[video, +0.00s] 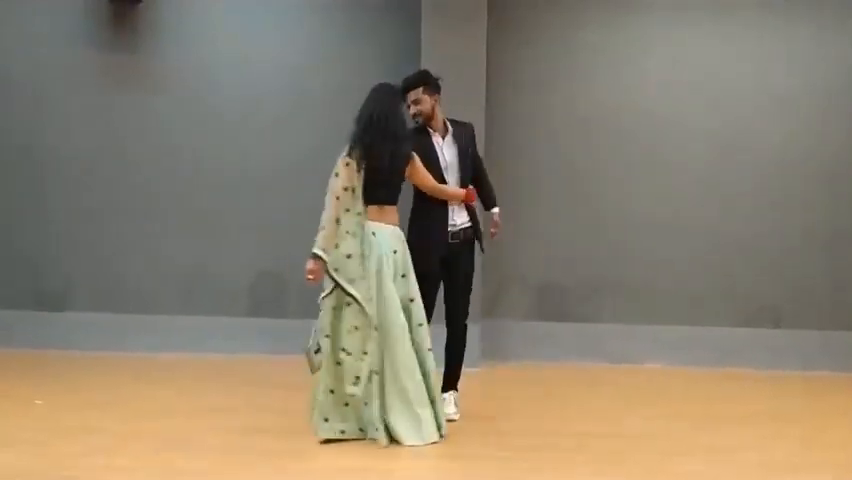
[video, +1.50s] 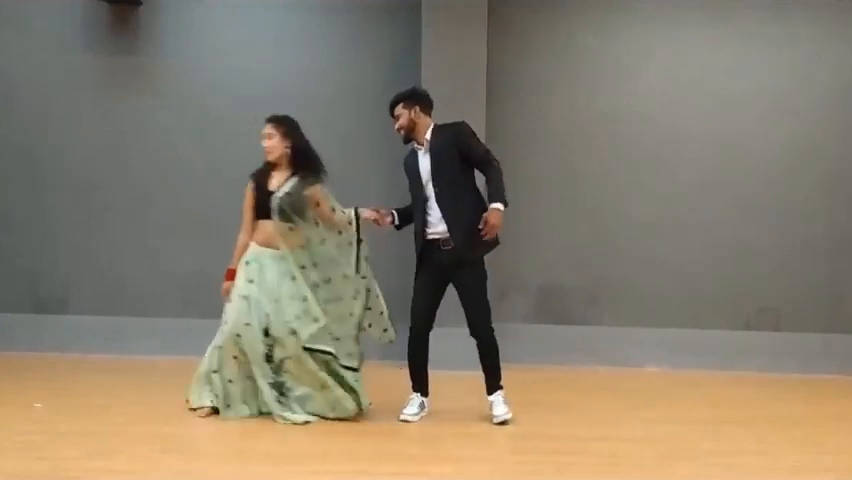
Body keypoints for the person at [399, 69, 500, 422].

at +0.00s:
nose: (413, 109)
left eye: (417, 101)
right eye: (409, 104)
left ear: (435, 98)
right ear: (409, 108)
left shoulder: (464, 132)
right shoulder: (410, 142)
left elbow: (477, 170)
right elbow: (395, 178)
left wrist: (493, 208)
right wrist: (408, 126)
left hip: (463, 236)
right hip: (427, 238)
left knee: (458, 317)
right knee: (418, 318)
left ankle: (450, 391)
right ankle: (409, 391)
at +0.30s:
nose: (411, 116)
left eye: (415, 108)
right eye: (408, 111)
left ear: (435, 102)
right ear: (413, 112)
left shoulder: (474, 135)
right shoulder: (413, 149)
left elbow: (499, 172)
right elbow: (390, 190)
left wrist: (512, 210)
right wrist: (358, 206)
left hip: (468, 242)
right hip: (432, 242)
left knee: (460, 323)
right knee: (421, 318)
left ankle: (450, 395)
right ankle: (410, 382)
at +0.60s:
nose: (405, 116)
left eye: (409, 108)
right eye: (403, 111)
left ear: (429, 102)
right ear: (414, 110)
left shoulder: (468, 134)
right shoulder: (410, 149)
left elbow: (495, 174)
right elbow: (398, 194)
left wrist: (500, 215)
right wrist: (364, 209)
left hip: (460, 241)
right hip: (425, 242)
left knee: (455, 324)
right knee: (420, 323)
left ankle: (449, 396)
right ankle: (419, 395)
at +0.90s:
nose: (394, 116)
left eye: (398, 108)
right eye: (393, 111)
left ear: (417, 104)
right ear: (410, 108)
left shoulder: (456, 133)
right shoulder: (404, 151)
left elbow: (485, 173)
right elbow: (403, 196)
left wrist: (484, 215)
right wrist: (381, 212)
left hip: (449, 240)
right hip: (416, 242)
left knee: (448, 324)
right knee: (416, 323)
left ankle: (448, 396)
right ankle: (418, 395)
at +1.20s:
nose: (387, 117)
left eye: (390, 109)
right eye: (385, 112)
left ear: (408, 105)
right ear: (404, 109)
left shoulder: (446, 128)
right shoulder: (403, 149)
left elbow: (477, 166)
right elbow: (412, 198)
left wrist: (473, 207)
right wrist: (391, 207)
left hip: (446, 240)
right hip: (414, 242)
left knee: (452, 322)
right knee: (416, 323)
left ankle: (460, 394)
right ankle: (419, 395)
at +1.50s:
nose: (395, 124)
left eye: (398, 116)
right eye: (393, 119)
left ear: (418, 111)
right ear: (412, 116)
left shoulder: (457, 133)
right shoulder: (411, 160)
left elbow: (490, 166)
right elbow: (422, 207)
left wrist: (497, 206)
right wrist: (393, 217)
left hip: (465, 247)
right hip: (430, 252)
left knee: (480, 326)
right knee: (419, 325)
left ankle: (496, 395)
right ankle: (419, 397)